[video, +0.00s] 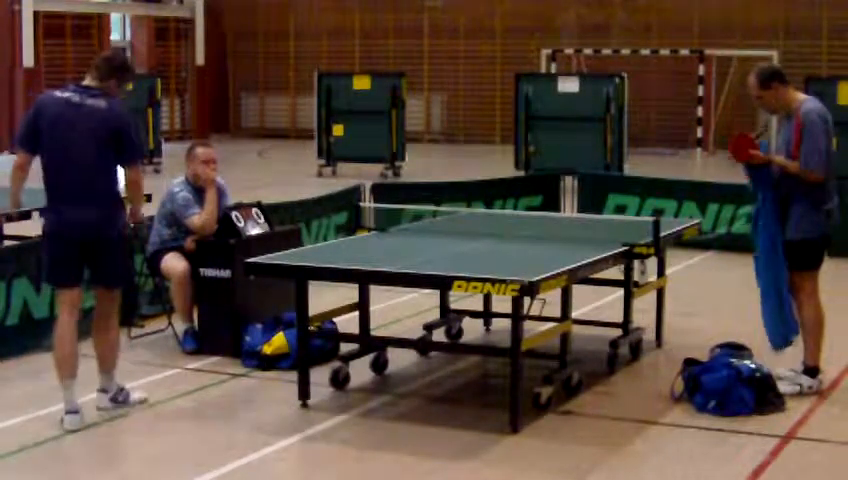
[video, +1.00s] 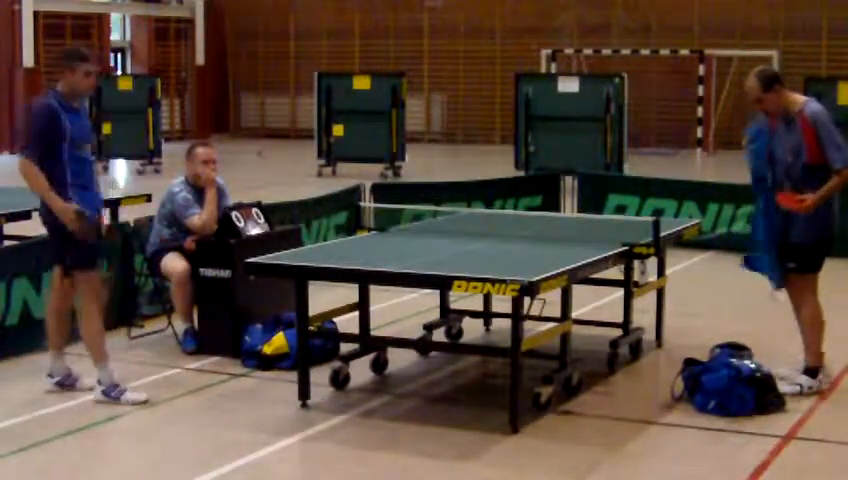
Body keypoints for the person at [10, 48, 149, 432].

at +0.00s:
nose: (122, 91)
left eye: (123, 86)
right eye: (124, 86)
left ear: (91, 70)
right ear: (117, 82)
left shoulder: (48, 104)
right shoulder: (115, 114)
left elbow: (21, 163)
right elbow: (134, 174)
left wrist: (14, 205)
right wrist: (136, 212)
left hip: (61, 222)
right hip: (106, 223)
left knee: (66, 308)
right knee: (107, 307)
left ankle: (70, 406)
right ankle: (108, 388)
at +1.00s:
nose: (92, 82)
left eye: (94, 76)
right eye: (87, 75)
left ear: (90, 79)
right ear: (66, 74)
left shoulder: (81, 112)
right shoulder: (45, 110)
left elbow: (86, 167)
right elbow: (28, 164)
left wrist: (99, 208)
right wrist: (59, 206)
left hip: (85, 209)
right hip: (65, 211)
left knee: (63, 286)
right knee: (91, 288)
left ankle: (57, 369)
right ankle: (106, 379)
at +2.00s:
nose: (34, 72)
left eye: (35, 66)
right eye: (27, 66)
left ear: (35, 69)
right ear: (5, 69)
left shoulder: (43, 108)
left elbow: (60, 157)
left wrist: (72, 206)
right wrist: (0, 196)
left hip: (50, 216)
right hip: (10, 221)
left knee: (71, 281)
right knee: (8, 297)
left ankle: (60, 371)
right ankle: (9, 382)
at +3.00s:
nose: (114, 72)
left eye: (114, 64)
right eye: (109, 63)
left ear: (101, 66)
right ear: (87, 64)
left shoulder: (107, 108)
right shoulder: (61, 114)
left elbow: (130, 166)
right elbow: (71, 177)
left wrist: (123, 153)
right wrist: (134, 175)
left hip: (111, 228)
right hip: (82, 232)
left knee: (100, 317)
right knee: (95, 316)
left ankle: (84, 405)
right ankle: (84, 408)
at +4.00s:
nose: (246, 76)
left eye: (244, 68)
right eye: (243, 68)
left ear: (215, 67)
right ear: (233, 68)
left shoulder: (220, 113)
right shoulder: (207, 117)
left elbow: (213, 188)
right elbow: (204, 189)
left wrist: (248, 216)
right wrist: (255, 214)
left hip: (232, 244)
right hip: (211, 247)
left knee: (245, 325)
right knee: (221, 333)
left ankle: (247, 422)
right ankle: (176, 421)